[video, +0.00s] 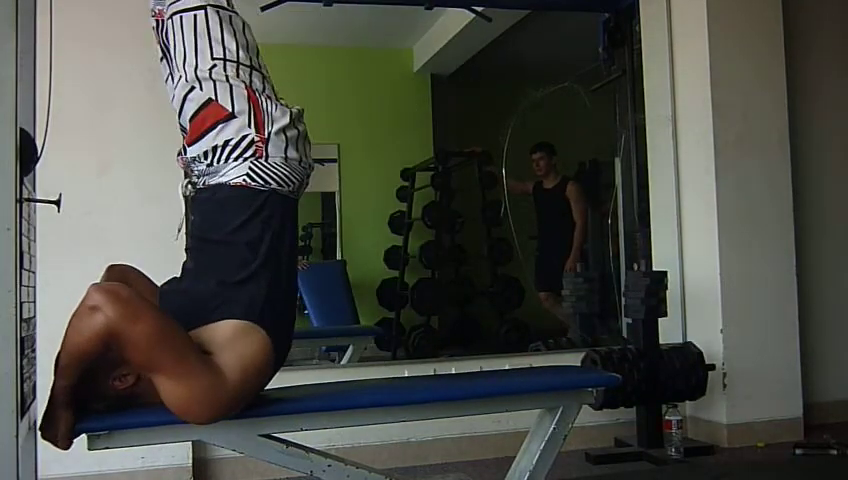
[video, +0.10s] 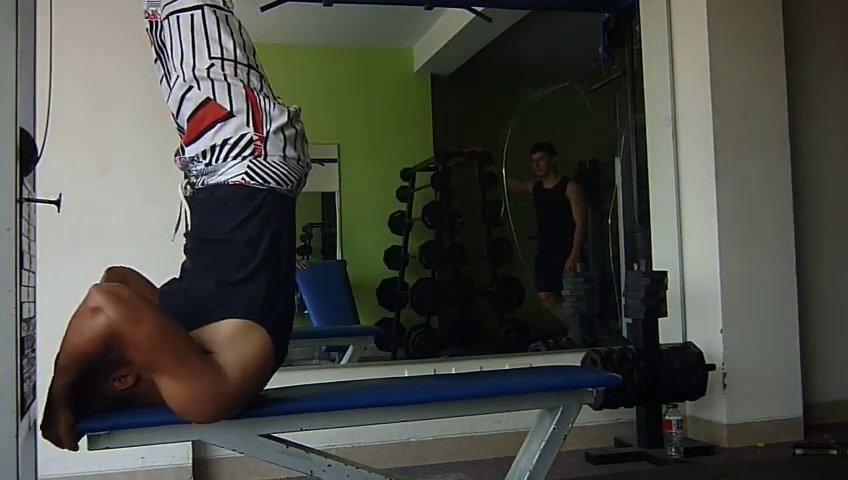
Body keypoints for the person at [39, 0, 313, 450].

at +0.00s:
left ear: (123, 380)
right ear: (124, 378)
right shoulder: (200, 393)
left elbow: (120, 273)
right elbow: (103, 303)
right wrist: (61, 394)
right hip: (249, 159)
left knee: (182, 5)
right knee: (182, 4)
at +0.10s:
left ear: (123, 381)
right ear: (123, 378)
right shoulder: (202, 392)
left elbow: (119, 276)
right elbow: (104, 303)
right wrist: (59, 395)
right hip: (248, 157)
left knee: (174, 6)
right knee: (178, 4)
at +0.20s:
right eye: (111, 370)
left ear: (122, 380)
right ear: (122, 379)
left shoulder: (201, 379)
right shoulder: (199, 388)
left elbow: (118, 280)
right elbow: (110, 293)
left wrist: (57, 382)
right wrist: (55, 386)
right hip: (245, 162)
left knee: (177, 6)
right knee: (179, 5)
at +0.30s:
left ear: (125, 379)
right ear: (124, 376)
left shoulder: (201, 380)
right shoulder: (197, 384)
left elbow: (112, 284)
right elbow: (113, 284)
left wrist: (56, 380)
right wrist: (57, 380)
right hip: (246, 165)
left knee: (174, 7)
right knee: (179, 4)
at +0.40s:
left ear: (125, 380)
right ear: (125, 377)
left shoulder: (204, 379)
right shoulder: (200, 383)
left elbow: (109, 284)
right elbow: (110, 284)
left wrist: (57, 382)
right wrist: (58, 382)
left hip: (243, 172)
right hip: (248, 169)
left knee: (177, 6)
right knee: (181, 4)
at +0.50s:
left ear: (126, 380)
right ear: (126, 377)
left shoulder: (206, 379)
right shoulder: (202, 382)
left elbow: (111, 283)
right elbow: (112, 283)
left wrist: (63, 383)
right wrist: (63, 385)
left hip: (249, 173)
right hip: (253, 169)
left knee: (186, 6)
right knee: (188, 4)